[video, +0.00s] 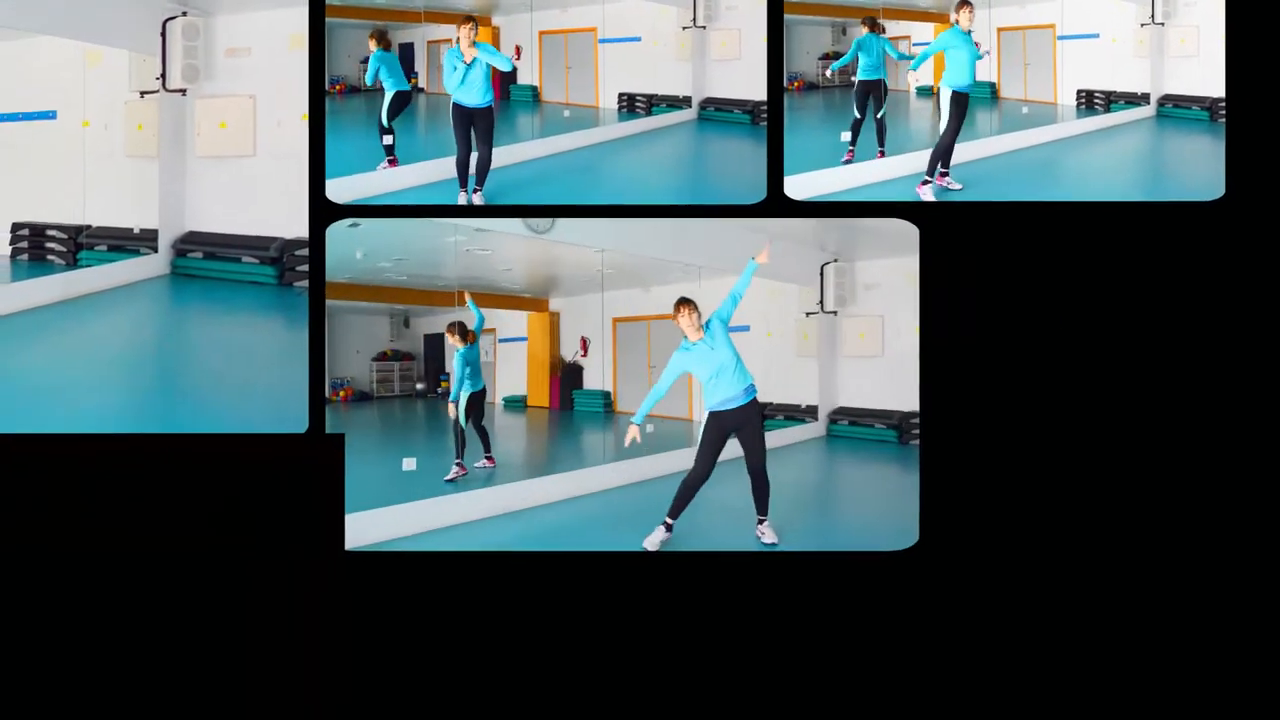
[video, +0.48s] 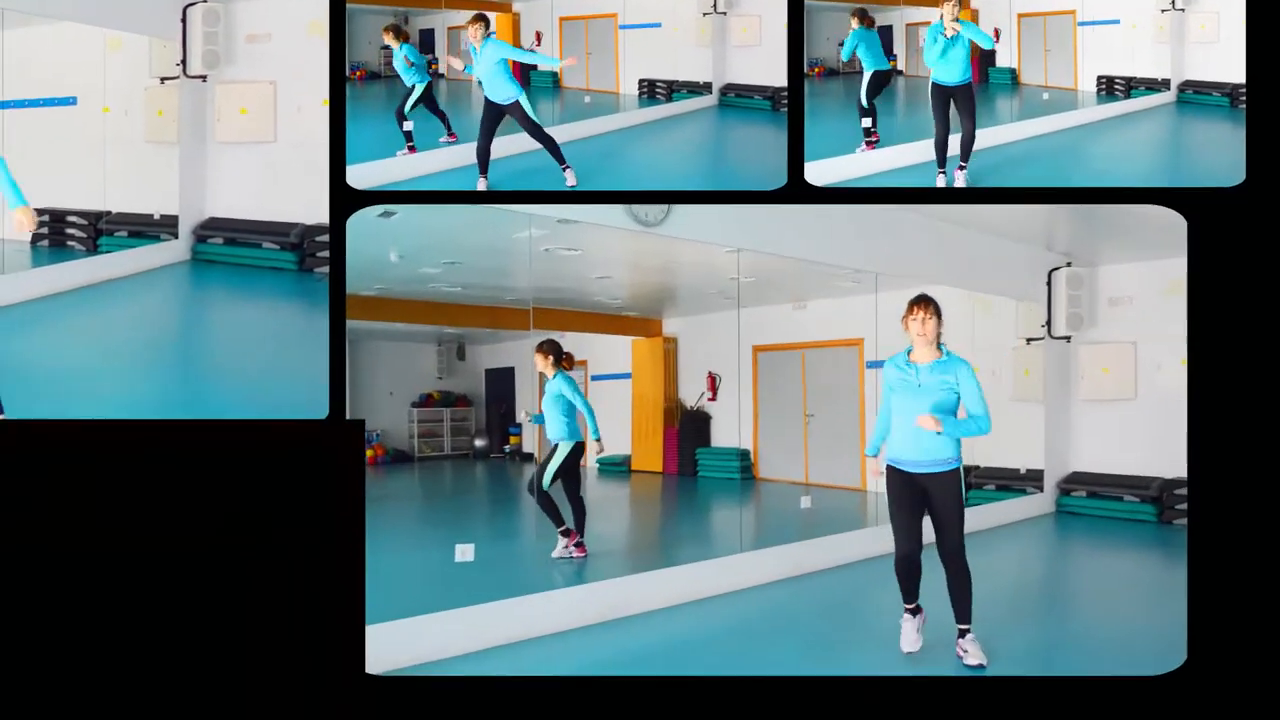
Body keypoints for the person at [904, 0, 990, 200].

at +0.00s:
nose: (971, 15)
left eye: (972, 12)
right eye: (967, 12)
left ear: (972, 16)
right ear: (956, 16)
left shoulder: (969, 38)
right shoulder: (949, 35)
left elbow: (969, 58)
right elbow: (928, 51)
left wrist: (981, 54)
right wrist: (913, 67)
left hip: (963, 91)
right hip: (950, 90)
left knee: (953, 133)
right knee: (948, 134)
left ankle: (943, 175)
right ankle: (926, 182)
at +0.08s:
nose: (966, 13)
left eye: (968, 10)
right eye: (962, 10)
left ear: (971, 14)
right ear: (954, 13)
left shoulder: (971, 34)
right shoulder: (944, 34)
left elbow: (975, 53)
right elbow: (925, 51)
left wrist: (996, 48)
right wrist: (907, 61)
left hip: (965, 91)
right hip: (947, 90)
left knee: (954, 134)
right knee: (941, 136)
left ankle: (947, 172)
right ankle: (922, 183)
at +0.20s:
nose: (961, 10)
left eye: (964, 7)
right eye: (957, 6)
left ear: (967, 10)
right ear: (950, 10)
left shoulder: (973, 33)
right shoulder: (938, 31)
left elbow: (991, 48)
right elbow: (922, 54)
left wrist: (1009, 41)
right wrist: (911, 54)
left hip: (961, 90)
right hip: (940, 90)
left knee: (961, 133)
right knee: (938, 135)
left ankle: (954, 168)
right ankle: (927, 180)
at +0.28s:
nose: (959, 7)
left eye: (962, 4)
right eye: (955, 4)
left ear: (965, 8)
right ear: (948, 7)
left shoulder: (971, 29)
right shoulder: (936, 28)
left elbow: (995, 45)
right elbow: (920, 56)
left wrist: (1004, 36)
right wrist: (917, 46)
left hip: (960, 88)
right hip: (938, 88)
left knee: (968, 132)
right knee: (938, 134)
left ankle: (959, 162)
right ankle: (930, 178)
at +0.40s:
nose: (954, 5)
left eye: (957, 2)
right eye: (950, 2)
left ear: (962, 6)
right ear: (944, 5)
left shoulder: (969, 25)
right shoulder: (934, 26)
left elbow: (993, 44)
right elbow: (924, 56)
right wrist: (940, 34)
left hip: (961, 84)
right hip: (938, 85)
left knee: (972, 127)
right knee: (940, 130)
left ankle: (961, 163)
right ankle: (936, 174)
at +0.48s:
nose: (952, 9)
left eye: (956, 5)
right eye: (949, 5)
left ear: (960, 9)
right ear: (942, 7)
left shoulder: (967, 27)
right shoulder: (934, 29)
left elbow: (989, 44)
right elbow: (929, 60)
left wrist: (962, 28)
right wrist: (944, 38)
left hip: (963, 85)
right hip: (939, 85)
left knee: (969, 129)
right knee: (942, 130)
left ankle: (962, 170)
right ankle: (941, 173)